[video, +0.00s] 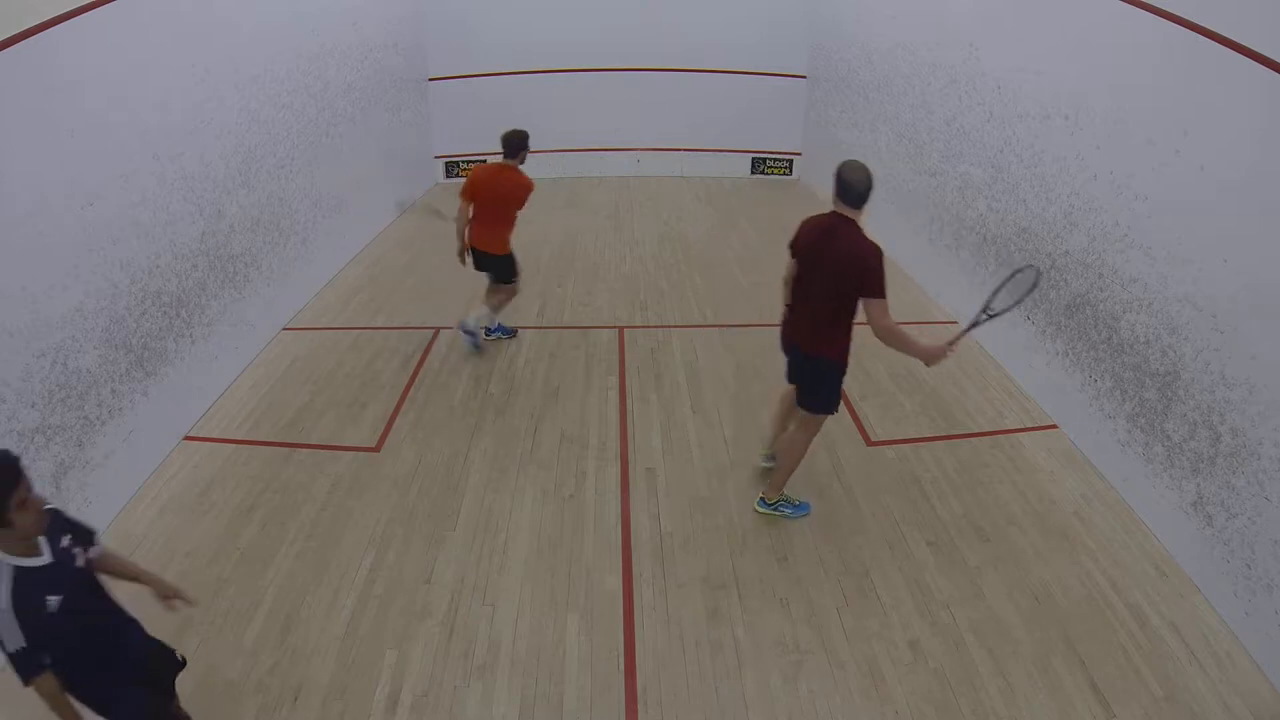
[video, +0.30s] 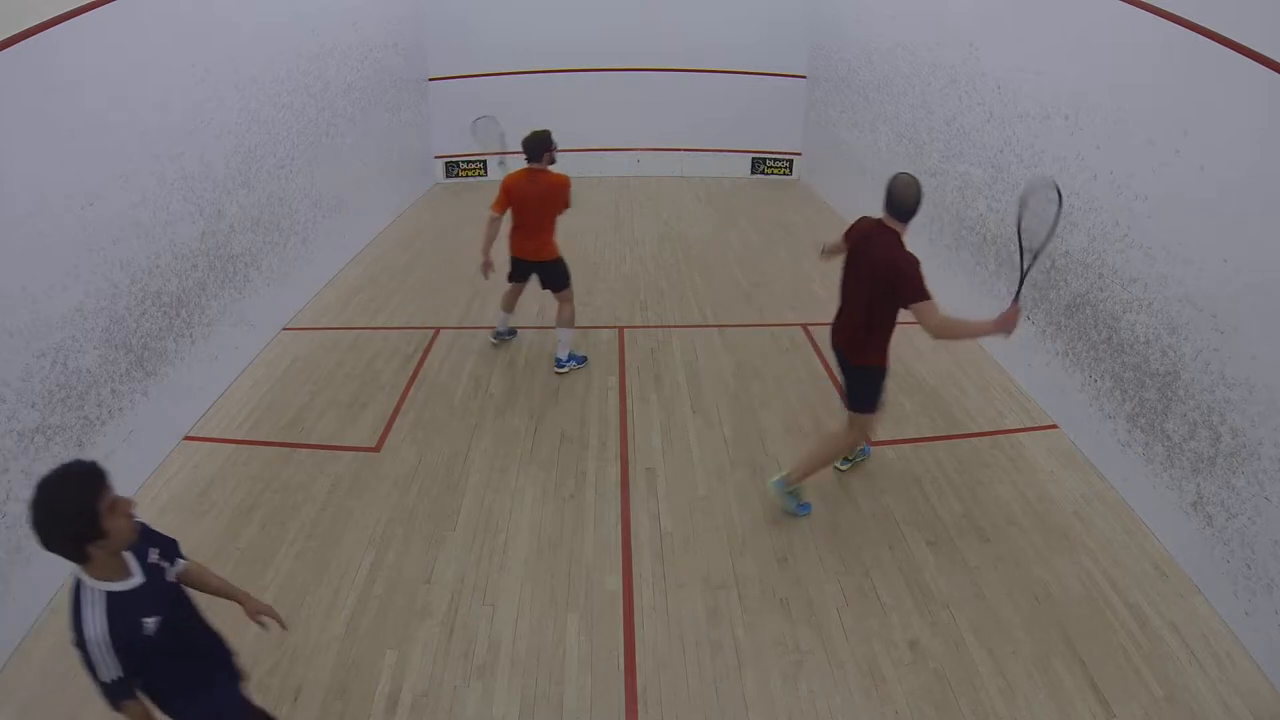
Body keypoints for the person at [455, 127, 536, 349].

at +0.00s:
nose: (527, 155)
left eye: (526, 151)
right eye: (526, 151)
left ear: (503, 150)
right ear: (523, 154)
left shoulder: (479, 172)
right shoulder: (524, 184)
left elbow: (463, 210)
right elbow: (513, 210)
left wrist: (461, 242)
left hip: (475, 245)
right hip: (499, 249)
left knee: (495, 282)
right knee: (510, 289)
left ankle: (491, 326)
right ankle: (473, 323)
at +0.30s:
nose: (556, 151)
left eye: (554, 147)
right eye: (553, 148)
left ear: (527, 155)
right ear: (546, 154)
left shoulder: (511, 181)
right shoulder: (560, 182)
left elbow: (495, 217)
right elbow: (561, 209)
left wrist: (486, 254)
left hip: (519, 252)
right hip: (546, 254)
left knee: (515, 286)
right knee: (566, 299)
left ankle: (501, 330)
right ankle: (563, 357)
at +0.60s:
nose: (586, 148)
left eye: (584, 143)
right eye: (581, 146)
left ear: (559, 154)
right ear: (567, 153)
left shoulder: (540, 180)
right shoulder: (586, 183)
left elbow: (524, 216)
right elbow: (607, 212)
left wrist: (545, 229)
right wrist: (581, 198)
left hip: (553, 261)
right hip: (585, 260)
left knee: (563, 306)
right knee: (607, 304)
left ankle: (561, 366)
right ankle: (606, 367)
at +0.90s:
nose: (608, 159)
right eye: (608, 155)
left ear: (581, 163)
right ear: (608, 160)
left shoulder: (572, 196)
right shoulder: (627, 193)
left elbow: (556, 237)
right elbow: (637, 237)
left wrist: (581, 244)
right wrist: (613, 241)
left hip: (584, 272)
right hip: (620, 273)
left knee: (567, 313)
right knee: (635, 319)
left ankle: (560, 371)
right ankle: (649, 377)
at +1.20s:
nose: (557, 185)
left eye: (558, 182)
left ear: (560, 186)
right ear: (585, 184)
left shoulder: (560, 219)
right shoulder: (597, 213)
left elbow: (559, 265)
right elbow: (601, 255)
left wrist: (546, 289)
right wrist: (565, 273)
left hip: (583, 300)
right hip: (610, 295)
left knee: (539, 339)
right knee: (628, 334)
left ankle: (578, 389)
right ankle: (667, 379)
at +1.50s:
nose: (433, 234)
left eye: (435, 228)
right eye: (433, 228)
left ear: (443, 230)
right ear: (457, 225)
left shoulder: (474, 257)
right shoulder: (455, 257)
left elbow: (495, 300)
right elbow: (451, 285)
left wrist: (465, 336)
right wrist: (438, 294)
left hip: (513, 318)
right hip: (488, 313)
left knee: (553, 365)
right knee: (449, 330)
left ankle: (614, 382)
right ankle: (455, 388)